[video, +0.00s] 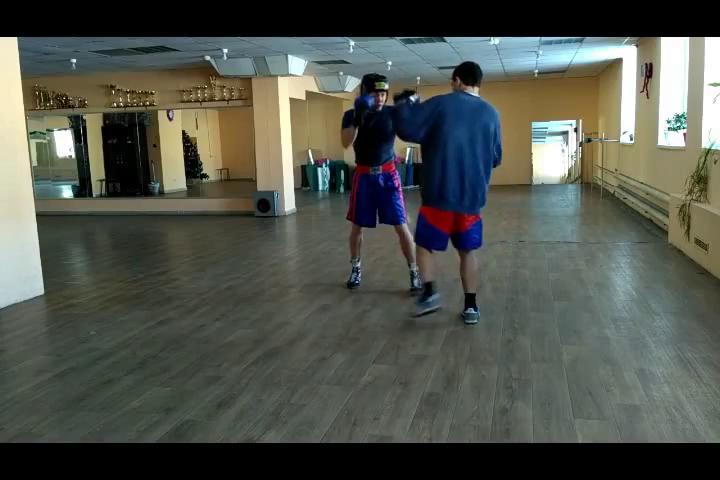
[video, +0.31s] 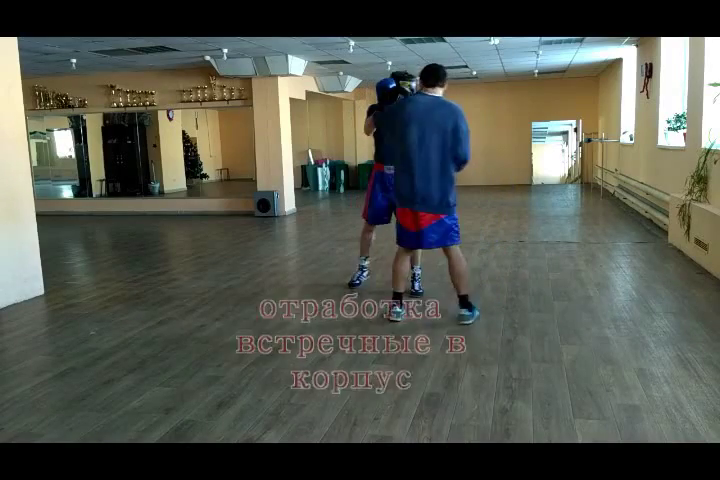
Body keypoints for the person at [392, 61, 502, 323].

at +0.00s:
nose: (452, 84)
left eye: (452, 80)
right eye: (454, 81)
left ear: (457, 81)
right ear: (479, 84)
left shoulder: (440, 104)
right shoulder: (490, 112)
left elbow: (406, 127)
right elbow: (495, 157)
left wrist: (403, 104)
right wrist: (474, 175)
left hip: (438, 191)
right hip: (473, 193)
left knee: (425, 245)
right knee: (468, 252)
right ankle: (471, 307)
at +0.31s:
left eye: (420, 82)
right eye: (444, 85)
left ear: (419, 83)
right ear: (444, 85)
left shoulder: (402, 107)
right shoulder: (452, 111)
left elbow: (373, 124)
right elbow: (462, 157)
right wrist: (446, 171)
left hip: (406, 191)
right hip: (440, 193)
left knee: (404, 249)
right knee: (452, 250)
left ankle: (396, 305)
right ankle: (465, 306)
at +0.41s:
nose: (437, 87)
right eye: (438, 84)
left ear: (412, 82)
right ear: (436, 84)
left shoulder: (392, 106)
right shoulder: (445, 111)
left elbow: (373, 129)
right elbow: (454, 158)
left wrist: (398, 155)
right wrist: (434, 172)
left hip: (398, 191)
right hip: (432, 193)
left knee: (402, 249)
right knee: (445, 247)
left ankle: (396, 306)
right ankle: (449, 308)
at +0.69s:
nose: (432, 84)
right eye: (434, 80)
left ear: (410, 79)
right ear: (433, 81)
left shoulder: (392, 106)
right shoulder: (442, 112)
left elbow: (369, 139)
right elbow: (450, 160)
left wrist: (391, 156)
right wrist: (428, 164)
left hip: (391, 194)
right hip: (424, 197)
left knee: (396, 254)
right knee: (422, 261)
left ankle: (396, 305)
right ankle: (413, 320)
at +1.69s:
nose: (413, 92)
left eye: (412, 89)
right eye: (413, 89)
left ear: (387, 86)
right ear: (410, 89)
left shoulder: (371, 111)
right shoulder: (413, 115)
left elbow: (368, 146)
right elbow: (420, 162)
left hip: (375, 190)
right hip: (402, 193)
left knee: (382, 248)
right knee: (405, 256)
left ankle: (386, 296)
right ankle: (403, 316)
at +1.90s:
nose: (407, 90)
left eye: (406, 86)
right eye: (408, 86)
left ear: (384, 84)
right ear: (406, 86)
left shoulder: (370, 107)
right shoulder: (406, 112)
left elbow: (371, 144)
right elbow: (412, 159)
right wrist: (424, 146)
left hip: (370, 184)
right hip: (396, 188)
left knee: (380, 243)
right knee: (403, 246)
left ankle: (384, 294)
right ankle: (390, 304)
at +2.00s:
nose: (405, 90)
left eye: (404, 87)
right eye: (406, 87)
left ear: (381, 86)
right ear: (403, 87)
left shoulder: (367, 108)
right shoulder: (406, 115)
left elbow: (355, 139)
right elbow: (410, 160)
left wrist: (373, 151)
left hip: (366, 184)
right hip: (392, 188)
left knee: (378, 246)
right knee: (390, 249)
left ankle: (383, 294)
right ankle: (366, 308)